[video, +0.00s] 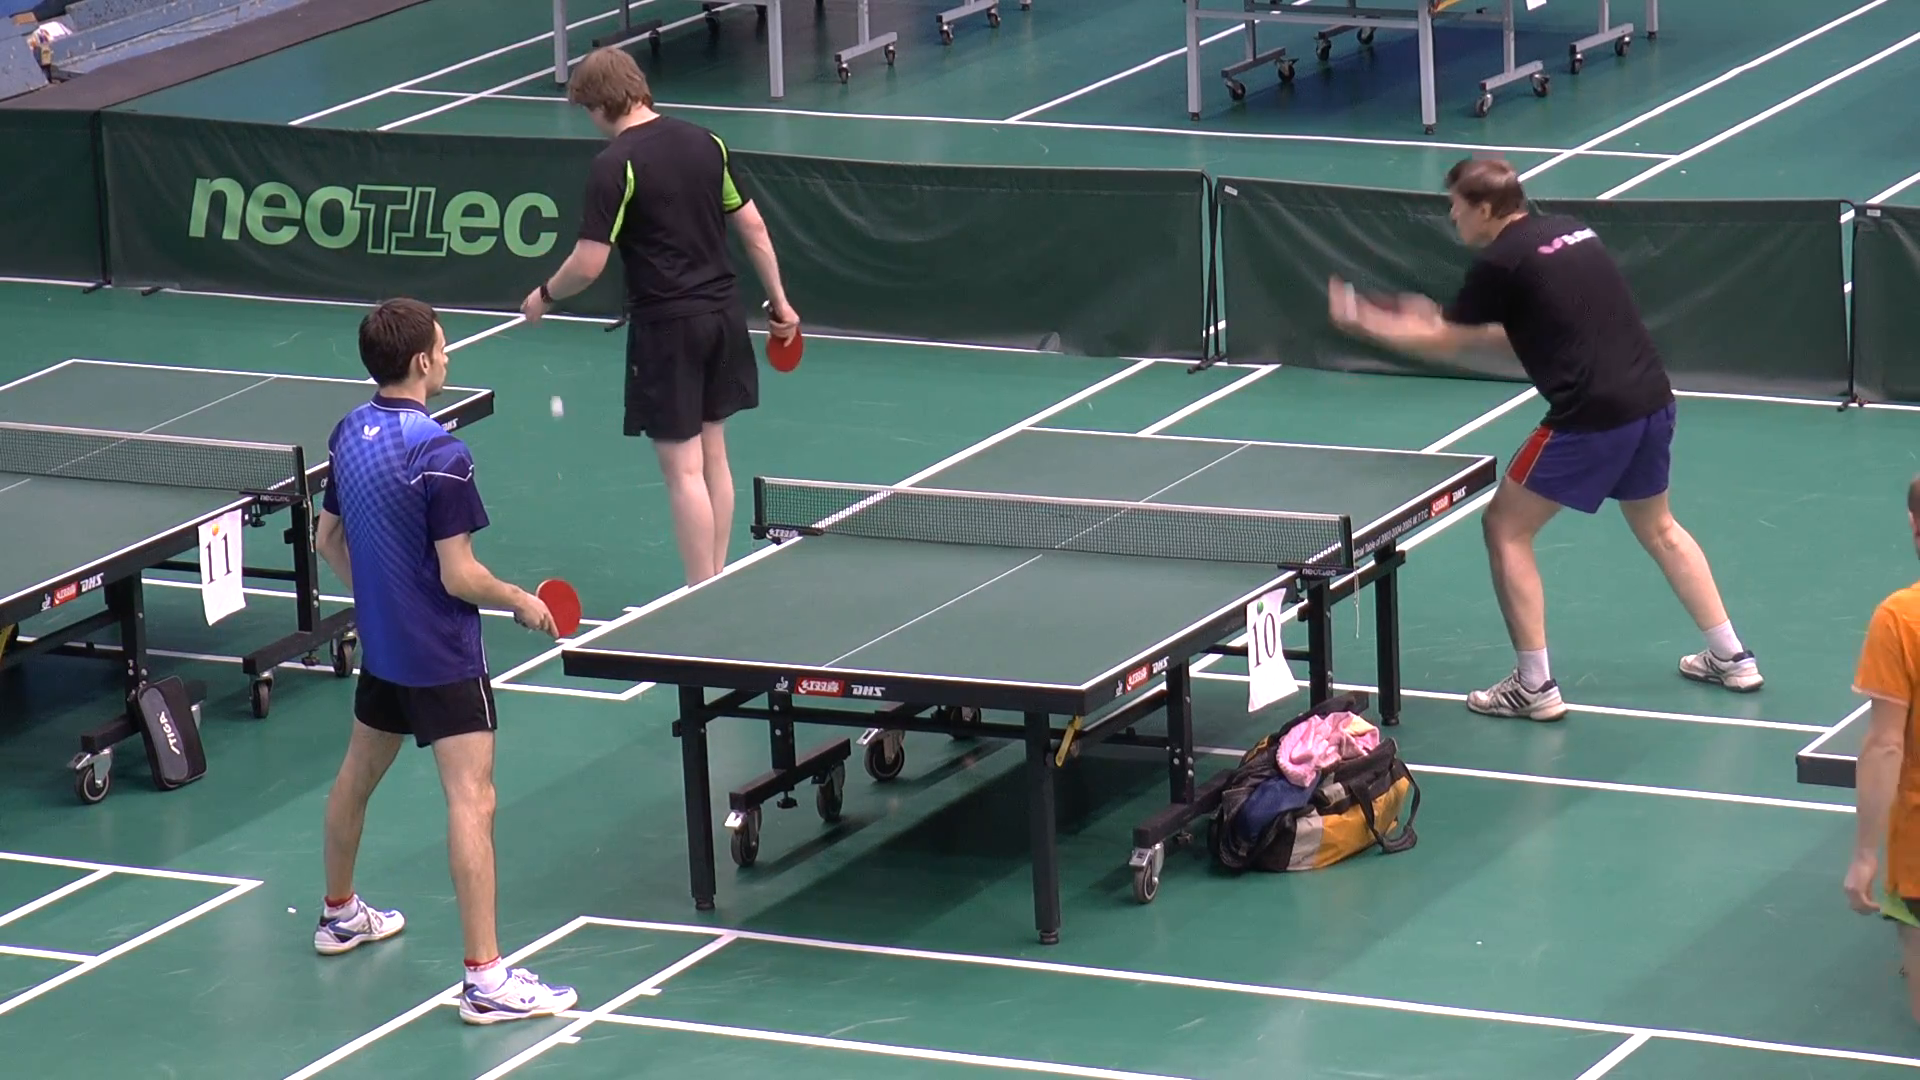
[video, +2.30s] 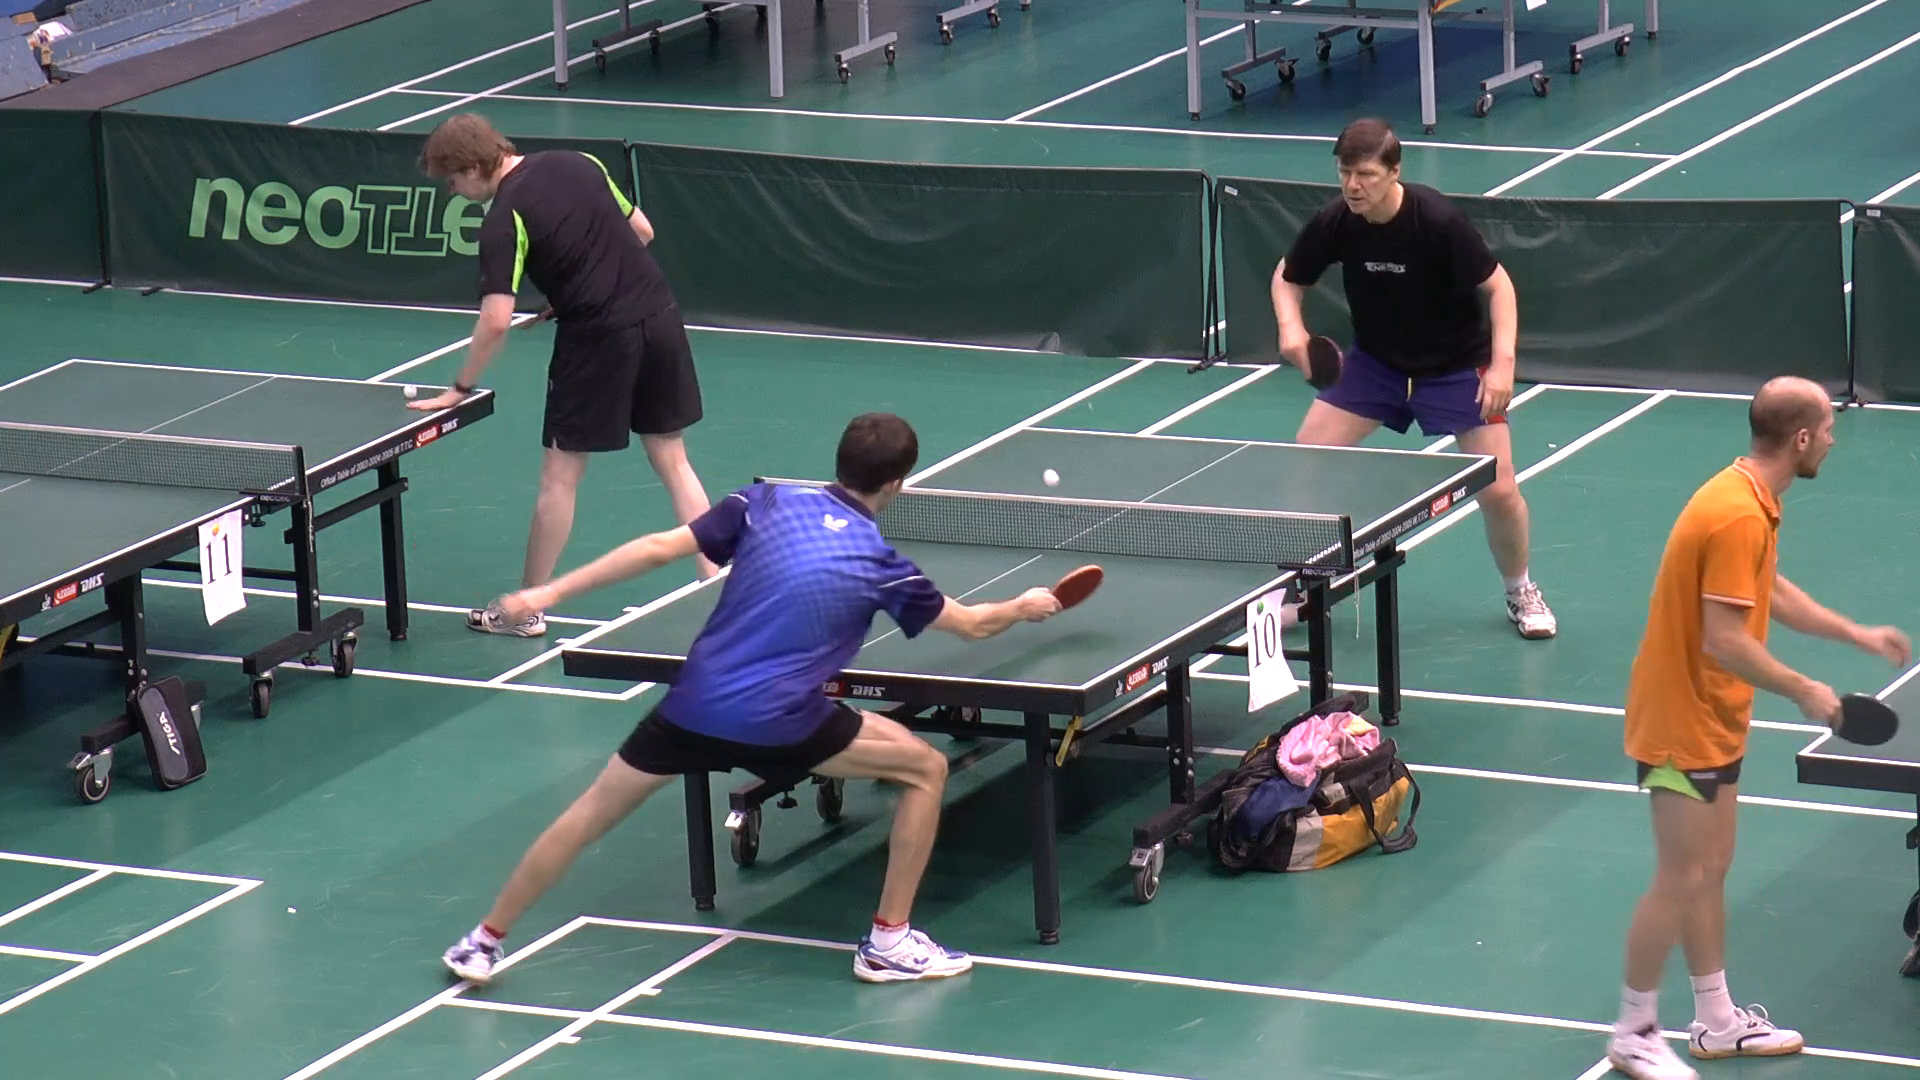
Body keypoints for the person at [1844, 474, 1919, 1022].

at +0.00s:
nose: (1911, 523)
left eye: (1912, 512)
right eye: (1914, 511)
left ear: (1915, 523)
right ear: (1918, 524)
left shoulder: (1902, 616)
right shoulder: (1899, 616)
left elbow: (1886, 744)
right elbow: (1885, 742)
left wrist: (1865, 853)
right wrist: (1869, 852)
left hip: (1914, 855)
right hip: (1910, 855)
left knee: (1919, 992)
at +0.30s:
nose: (1858, 505)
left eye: (1858, 496)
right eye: (1860, 496)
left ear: (1867, 502)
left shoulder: (1863, 587)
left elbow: (1847, 718)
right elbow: (1851, 715)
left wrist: (1830, 828)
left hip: (1889, 811)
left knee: (1817, 945)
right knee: (1916, 944)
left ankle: (1853, 1072)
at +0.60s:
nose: (1860, 475)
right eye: (1860, 466)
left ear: (1793, 485)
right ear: (1861, 479)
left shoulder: (1771, 577)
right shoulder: (1909, 563)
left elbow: (1752, 705)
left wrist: (1748, 804)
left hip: (1813, 796)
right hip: (1904, 795)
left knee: (1798, 957)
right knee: (1909, 963)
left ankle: (1792, 1074)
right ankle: (1912, 1074)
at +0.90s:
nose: (1822, 456)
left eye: (1815, 446)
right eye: (1819, 449)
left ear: (1751, 471)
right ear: (1815, 464)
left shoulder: (1719, 560)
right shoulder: (1870, 551)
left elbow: (1675, 670)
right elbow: (1905, 674)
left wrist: (1661, 745)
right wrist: (1918, 759)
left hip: (1767, 786)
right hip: (1862, 777)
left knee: (1777, 941)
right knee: (1882, 915)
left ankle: (1787, 1075)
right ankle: (1872, 1072)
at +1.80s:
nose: (1850, 430)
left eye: (1847, 418)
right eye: (1847, 421)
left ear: (1777, 440)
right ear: (1834, 439)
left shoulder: (1732, 510)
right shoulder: (1838, 536)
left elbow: (1712, 629)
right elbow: (1860, 666)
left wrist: (1749, 683)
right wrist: (1909, 714)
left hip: (1733, 739)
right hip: (1800, 749)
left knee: (1743, 867)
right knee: (1824, 901)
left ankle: (1720, 1015)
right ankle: (1818, 1065)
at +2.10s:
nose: (1836, 427)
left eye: (1834, 417)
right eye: (1834, 418)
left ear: (1769, 429)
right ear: (1814, 433)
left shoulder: (1736, 491)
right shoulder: (1771, 515)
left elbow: (1750, 621)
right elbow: (1776, 643)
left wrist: (1798, 688)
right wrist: (1853, 687)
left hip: (1697, 713)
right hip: (1724, 727)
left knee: (1710, 874)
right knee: (1747, 886)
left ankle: (1712, 1019)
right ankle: (1748, 1050)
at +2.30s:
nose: (1832, 437)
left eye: (1830, 426)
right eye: (1828, 427)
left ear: (1779, 433)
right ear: (1801, 438)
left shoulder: (1752, 498)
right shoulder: (1737, 515)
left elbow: (1769, 589)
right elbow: (1722, 639)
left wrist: (1856, 633)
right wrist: (1802, 688)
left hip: (1714, 717)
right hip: (1681, 723)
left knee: (1711, 867)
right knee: (1680, 875)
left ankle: (1716, 1020)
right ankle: (1633, 1034)